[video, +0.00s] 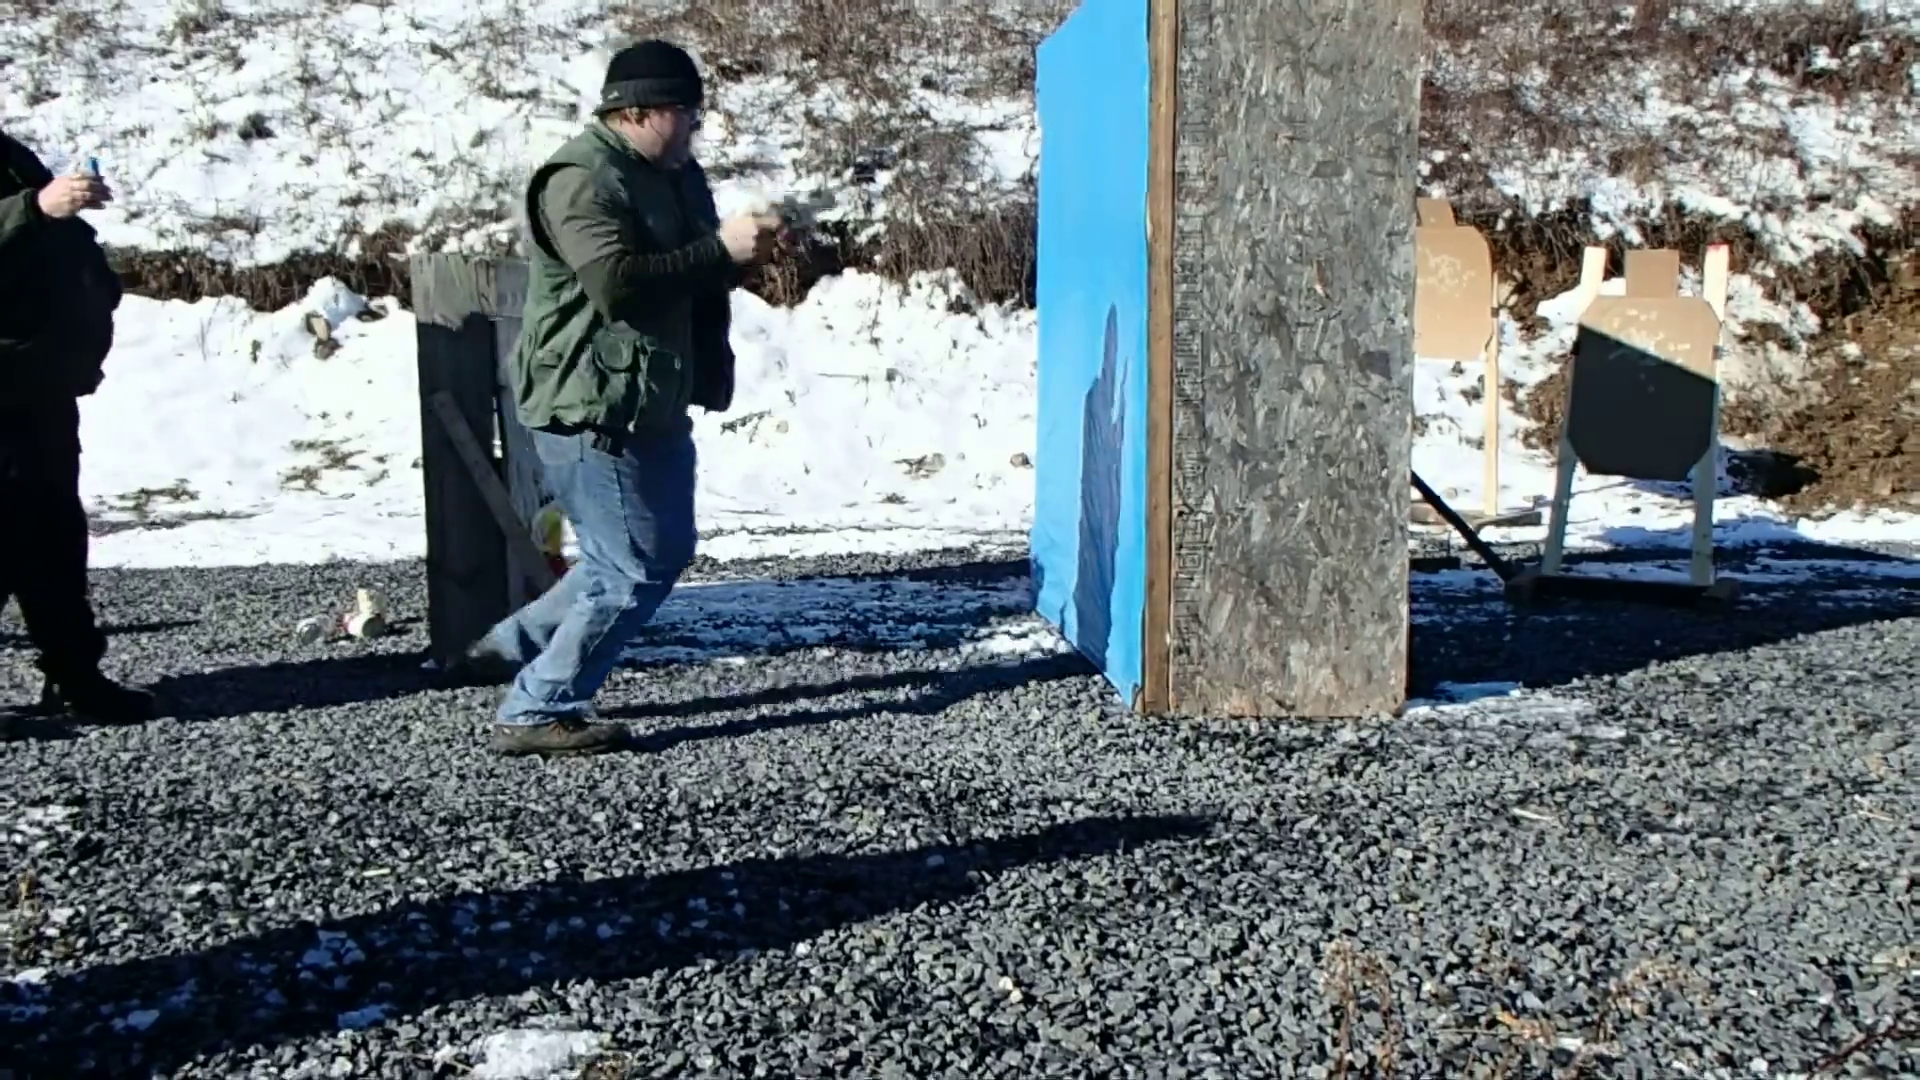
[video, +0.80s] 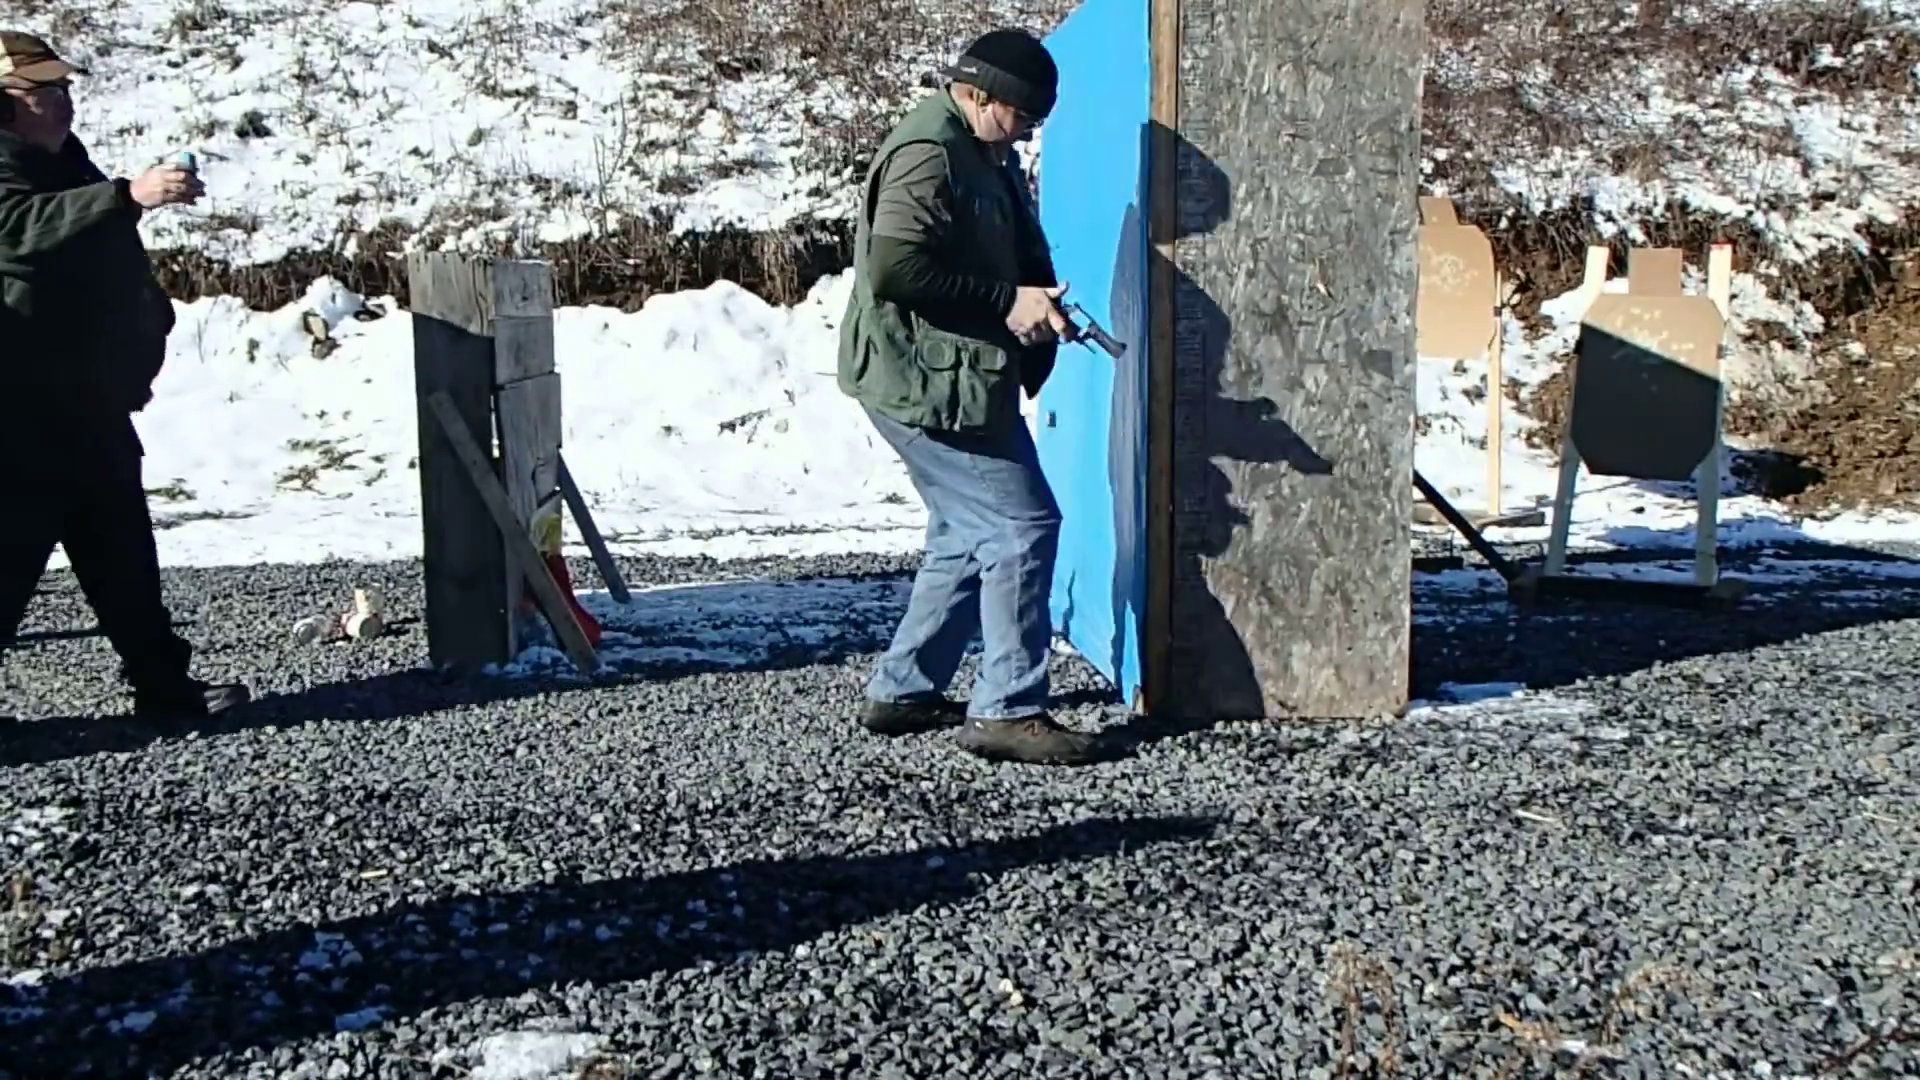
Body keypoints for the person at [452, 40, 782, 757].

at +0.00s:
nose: (697, 127)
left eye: (696, 113)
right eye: (689, 113)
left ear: (649, 111)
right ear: (648, 112)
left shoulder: (678, 177)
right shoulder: (580, 179)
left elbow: (699, 267)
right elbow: (615, 284)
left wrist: (766, 256)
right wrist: (720, 250)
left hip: (654, 402)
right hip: (584, 404)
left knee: (666, 550)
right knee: (628, 564)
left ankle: (517, 640)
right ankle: (539, 710)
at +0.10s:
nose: (740, 133)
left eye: (740, 119)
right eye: (731, 119)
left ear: (691, 117)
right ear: (690, 116)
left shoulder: (715, 189)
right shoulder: (633, 188)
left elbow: (710, 286)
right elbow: (641, 299)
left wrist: (772, 275)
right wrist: (745, 273)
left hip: (682, 407)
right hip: (618, 408)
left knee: (753, 520)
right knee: (647, 575)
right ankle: (534, 712)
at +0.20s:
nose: (795, 133)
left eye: (797, 119)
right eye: (789, 117)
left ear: (748, 115)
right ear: (749, 112)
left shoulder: (765, 181)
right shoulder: (699, 170)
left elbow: (763, 277)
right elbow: (684, 285)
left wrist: (818, 265)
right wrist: (794, 278)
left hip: (746, 410)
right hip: (688, 411)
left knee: (821, 507)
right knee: (671, 572)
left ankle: (843, 682)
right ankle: (536, 702)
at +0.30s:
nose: (854, 142)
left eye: (857, 128)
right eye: (847, 126)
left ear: (815, 119)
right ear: (807, 115)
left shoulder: (830, 185)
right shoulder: (754, 170)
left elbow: (832, 279)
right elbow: (741, 282)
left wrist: (895, 271)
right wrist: (850, 292)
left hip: (808, 407)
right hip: (740, 407)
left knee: (875, 522)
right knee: (760, 569)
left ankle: (894, 691)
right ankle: (596, 652)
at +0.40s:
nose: (910, 146)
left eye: (914, 132)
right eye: (903, 129)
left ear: (870, 120)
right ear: (859, 117)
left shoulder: (883, 183)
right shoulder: (800, 176)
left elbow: (888, 284)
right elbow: (797, 286)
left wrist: (937, 288)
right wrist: (906, 291)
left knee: (919, 528)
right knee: (879, 541)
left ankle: (901, 693)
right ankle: (753, 661)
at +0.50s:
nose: (941, 146)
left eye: (947, 133)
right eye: (936, 130)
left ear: (928, 125)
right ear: (896, 115)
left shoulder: (923, 181)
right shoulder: (838, 170)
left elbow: (927, 285)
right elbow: (827, 282)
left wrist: (965, 297)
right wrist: (939, 296)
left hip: (871, 386)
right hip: (818, 389)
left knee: (913, 516)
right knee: (947, 502)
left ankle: (892, 686)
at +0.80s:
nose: (1028, 130)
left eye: (1032, 117)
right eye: (1024, 114)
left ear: (988, 99)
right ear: (982, 96)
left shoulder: (980, 154)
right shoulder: (928, 153)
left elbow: (1024, 253)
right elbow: (894, 269)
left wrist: (1036, 296)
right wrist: (1004, 303)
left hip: (951, 375)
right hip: (926, 381)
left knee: (961, 535)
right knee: (1023, 523)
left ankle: (901, 692)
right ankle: (1009, 711)